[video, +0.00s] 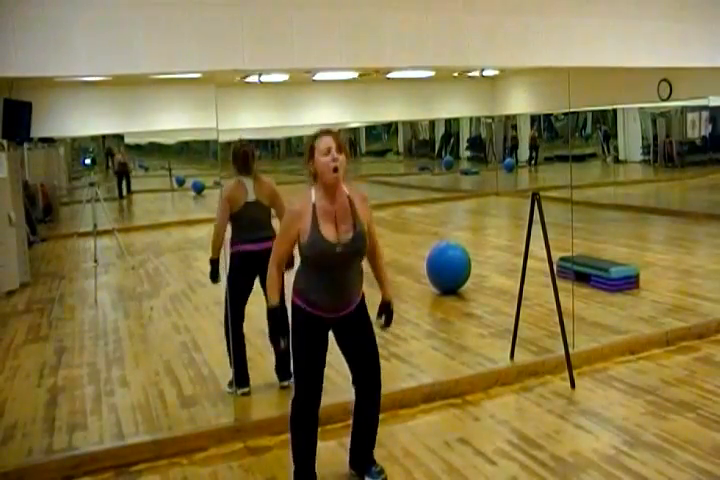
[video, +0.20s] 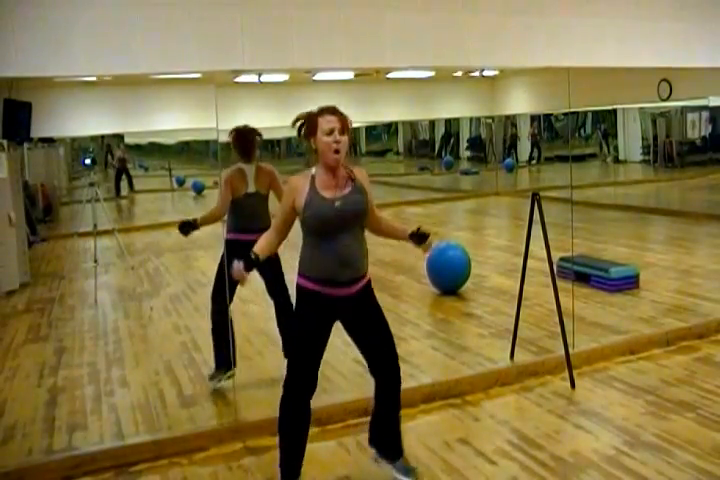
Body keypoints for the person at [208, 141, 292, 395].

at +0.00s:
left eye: (236, 159)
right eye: (249, 158)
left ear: (234, 163)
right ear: (254, 161)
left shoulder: (230, 189)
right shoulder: (267, 185)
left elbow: (220, 226)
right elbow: (285, 217)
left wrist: (214, 258)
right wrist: (290, 250)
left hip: (242, 258)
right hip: (269, 255)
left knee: (234, 317)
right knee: (278, 311)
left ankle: (240, 379)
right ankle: (285, 373)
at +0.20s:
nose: (235, 149)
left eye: (233, 145)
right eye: (249, 143)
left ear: (234, 147)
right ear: (256, 146)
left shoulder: (230, 176)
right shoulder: (268, 172)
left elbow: (221, 211)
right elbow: (287, 203)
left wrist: (196, 223)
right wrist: (281, 230)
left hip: (236, 247)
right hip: (265, 244)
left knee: (220, 302)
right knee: (282, 299)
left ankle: (225, 364)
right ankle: (294, 355)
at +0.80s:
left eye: (235, 174)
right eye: (249, 174)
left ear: (232, 177)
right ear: (252, 176)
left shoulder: (226, 201)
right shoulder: (262, 198)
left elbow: (211, 239)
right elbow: (281, 228)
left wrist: (193, 250)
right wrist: (291, 235)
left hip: (237, 270)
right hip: (266, 267)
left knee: (212, 315)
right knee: (286, 312)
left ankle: (210, 374)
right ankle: (300, 364)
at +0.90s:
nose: (234, 183)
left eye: (232, 179)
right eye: (244, 178)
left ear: (230, 182)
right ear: (250, 181)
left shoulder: (225, 208)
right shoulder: (261, 203)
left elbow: (210, 245)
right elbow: (280, 232)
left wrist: (197, 270)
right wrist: (292, 254)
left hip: (237, 274)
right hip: (267, 271)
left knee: (210, 317)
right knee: (287, 312)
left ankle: (210, 375)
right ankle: (300, 361)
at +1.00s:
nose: (228, 171)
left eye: (226, 167)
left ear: (227, 170)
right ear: (247, 167)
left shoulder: (223, 198)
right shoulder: (260, 193)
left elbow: (215, 236)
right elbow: (275, 227)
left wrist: (207, 268)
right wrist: (288, 255)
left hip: (235, 264)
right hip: (262, 261)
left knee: (211, 315)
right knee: (283, 306)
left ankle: (210, 373)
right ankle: (296, 358)